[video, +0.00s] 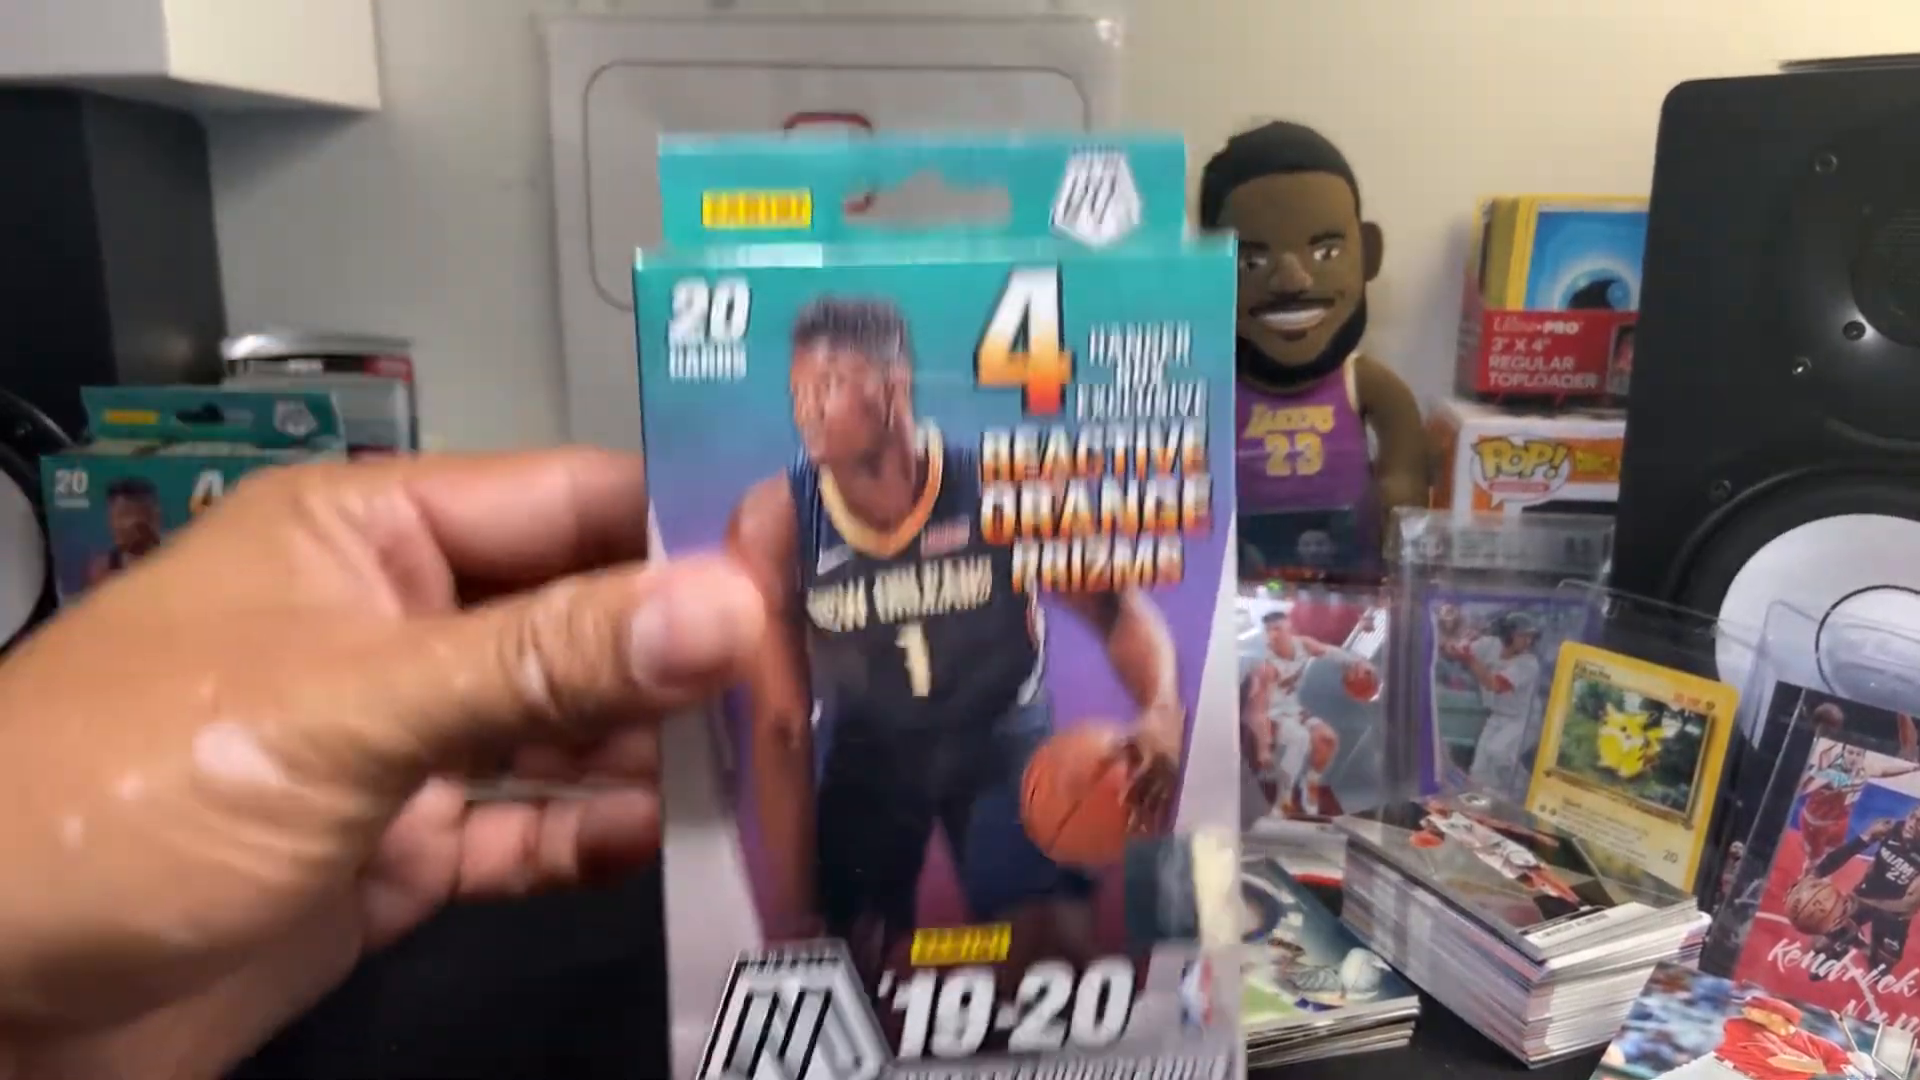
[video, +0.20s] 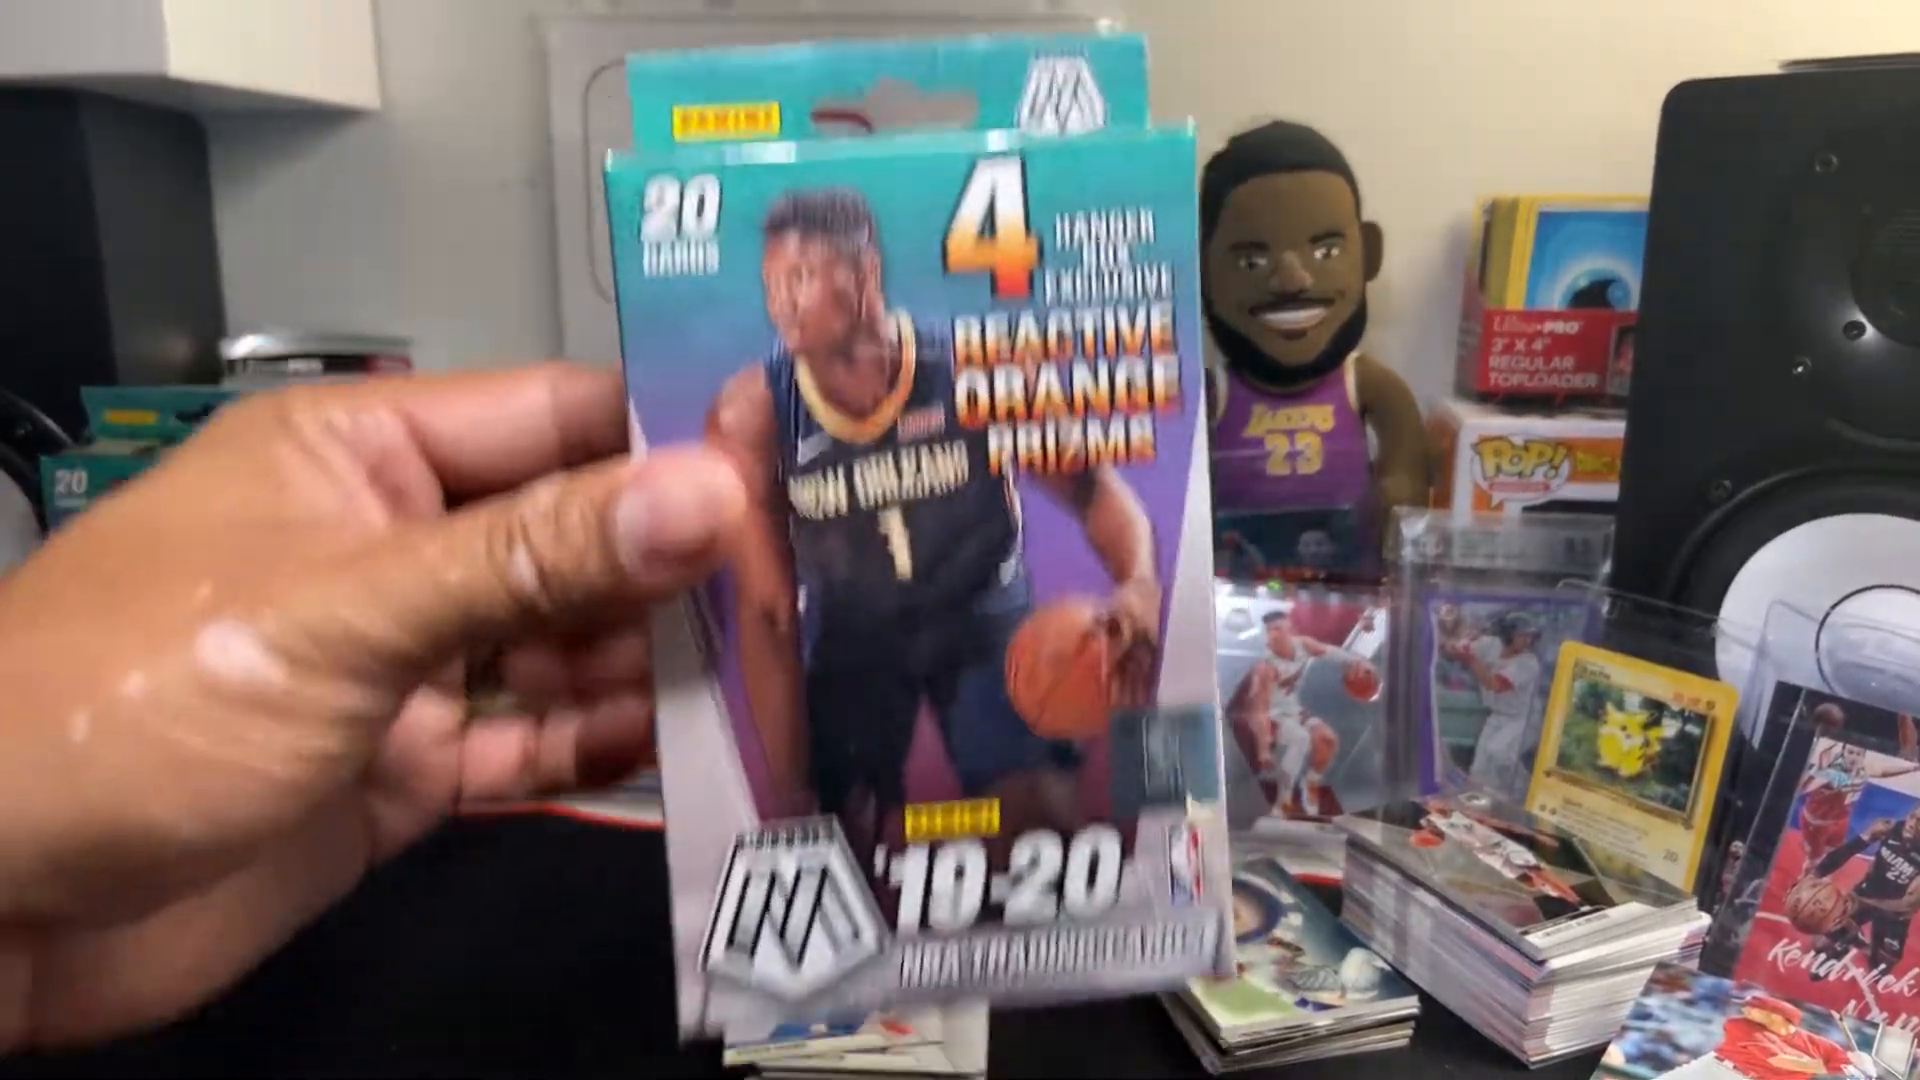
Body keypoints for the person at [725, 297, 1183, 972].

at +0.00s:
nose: (811, 408)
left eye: (832, 384)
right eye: (801, 389)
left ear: (895, 387)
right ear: (791, 399)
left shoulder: (999, 487)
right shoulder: (774, 520)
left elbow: (1115, 608)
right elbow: (781, 728)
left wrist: (1162, 712)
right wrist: (790, 920)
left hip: (999, 750)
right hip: (870, 759)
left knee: (1052, 946)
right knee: (842, 963)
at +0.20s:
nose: (783, 301)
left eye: (803, 277)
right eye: (774, 281)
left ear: (866, 277)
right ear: (765, 290)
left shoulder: (972, 371)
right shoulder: (752, 413)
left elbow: (1090, 487)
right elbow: (767, 612)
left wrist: (1138, 584)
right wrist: (788, 790)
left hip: (982, 632)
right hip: (855, 646)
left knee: (1042, 821)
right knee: (835, 843)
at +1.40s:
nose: (748, 331)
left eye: (768, 310)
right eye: (740, 314)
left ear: (830, 308)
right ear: (733, 322)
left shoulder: (926, 395)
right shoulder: (715, 436)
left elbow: (1037, 511)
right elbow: (723, 629)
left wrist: (1089, 607)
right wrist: (737, 803)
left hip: (934, 636)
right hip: (804, 650)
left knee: (983, 842)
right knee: (783, 845)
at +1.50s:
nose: (755, 335)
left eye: (776, 313)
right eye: (747, 318)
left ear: (839, 312)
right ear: (740, 326)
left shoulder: (939, 408)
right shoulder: (718, 446)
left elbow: (1051, 528)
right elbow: (726, 646)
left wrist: (1104, 630)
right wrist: (740, 826)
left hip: (943, 654)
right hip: (810, 666)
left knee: (991, 872)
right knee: (783, 871)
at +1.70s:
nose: (759, 313)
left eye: (782, 289)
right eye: (751, 293)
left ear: (850, 286)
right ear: (743, 301)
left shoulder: (956, 386)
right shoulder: (723, 431)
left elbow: (1078, 513)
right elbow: (735, 642)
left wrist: (1135, 621)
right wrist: (751, 838)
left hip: (964, 649)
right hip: (822, 661)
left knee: (1021, 882)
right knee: (794, 887)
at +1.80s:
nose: (776, 316)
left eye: (799, 292)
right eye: (768, 296)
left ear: (870, 290)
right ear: (760, 304)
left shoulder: (980, 393)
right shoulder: (739, 437)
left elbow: (1104, 525)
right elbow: (751, 654)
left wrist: (1162, 638)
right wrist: (765, 854)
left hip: (985, 662)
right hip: (839, 674)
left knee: (1043, 902)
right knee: (806, 903)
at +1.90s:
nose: (832, 336)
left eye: (857, 313)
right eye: (824, 315)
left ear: (931, 311)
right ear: (814, 322)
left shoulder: (1047, 423)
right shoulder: (791, 460)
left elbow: (1174, 565)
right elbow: (798, 691)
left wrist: (1232, 683)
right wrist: (809, 894)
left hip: (1044, 716)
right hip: (896, 724)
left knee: (1093, 936)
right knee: (871, 947)